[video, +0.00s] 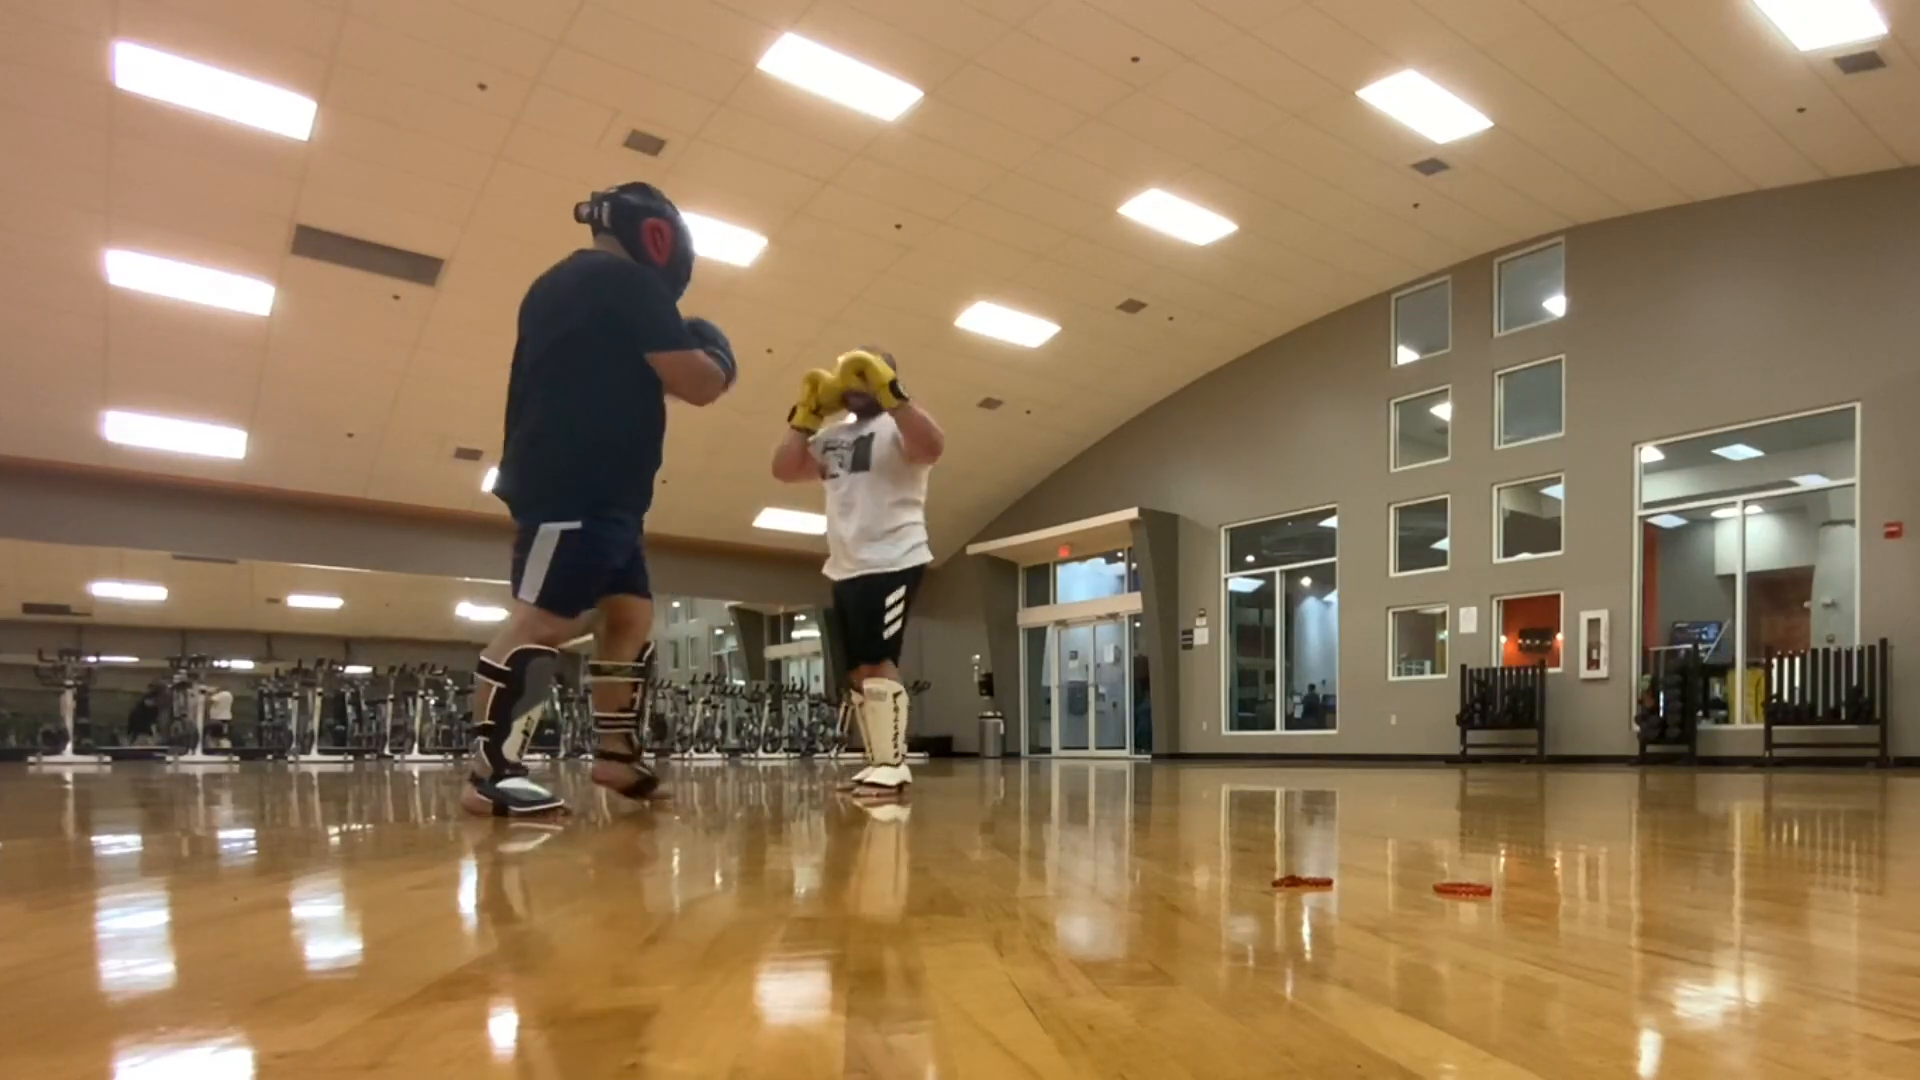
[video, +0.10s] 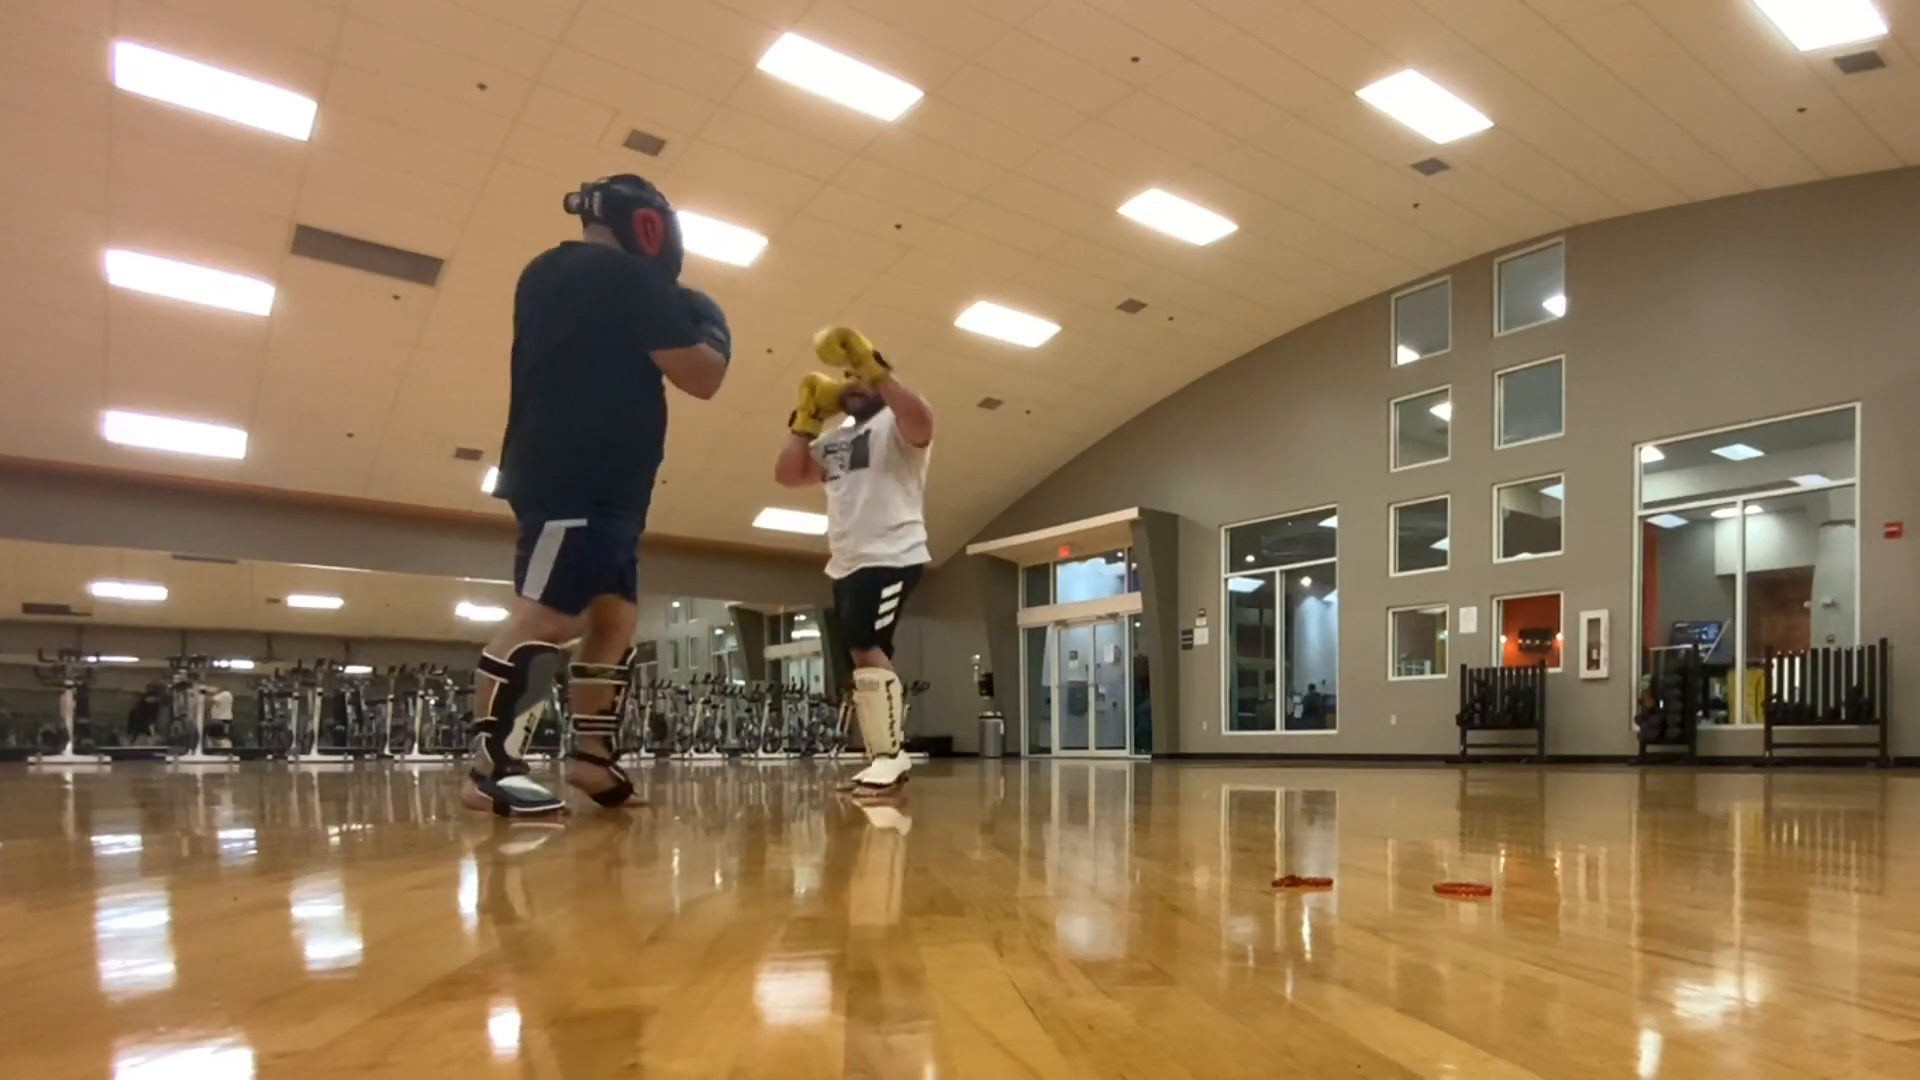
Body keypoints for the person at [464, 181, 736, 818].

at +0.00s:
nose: (676, 263)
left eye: (676, 251)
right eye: (675, 249)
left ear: (605, 232)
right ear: (654, 235)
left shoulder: (552, 286)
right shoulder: (629, 282)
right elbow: (696, 383)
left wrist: (667, 335)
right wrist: (718, 350)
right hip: (582, 485)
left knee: (629, 617)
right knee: (541, 620)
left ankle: (618, 757)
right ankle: (488, 769)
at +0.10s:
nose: (667, 247)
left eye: (665, 236)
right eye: (665, 235)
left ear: (592, 222)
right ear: (647, 227)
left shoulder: (542, 273)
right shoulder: (635, 280)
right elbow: (702, 376)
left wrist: (666, 305)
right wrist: (712, 320)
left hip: (543, 467)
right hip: (591, 478)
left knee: (613, 618)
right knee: (546, 615)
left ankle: (592, 757)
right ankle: (487, 765)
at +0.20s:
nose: (658, 255)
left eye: (658, 246)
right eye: (656, 243)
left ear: (578, 226)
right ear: (637, 231)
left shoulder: (531, 275)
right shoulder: (632, 285)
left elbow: (597, 340)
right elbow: (714, 368)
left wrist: (671, 303)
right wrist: (720, 309)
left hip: (537, 473)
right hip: (599, 480)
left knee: (630, 609)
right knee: (541, 621)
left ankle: (608, 750)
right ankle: (487, 767)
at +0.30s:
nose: (664, 258)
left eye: (664, 248)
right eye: (661, 245)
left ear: (587, 232)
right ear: (643, 236)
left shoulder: (540, 287)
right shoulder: (630, 290)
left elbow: (612, 359)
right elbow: (711, 378)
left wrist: (674, 317)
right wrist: (724, 324)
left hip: (555, 478)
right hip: (594, 487)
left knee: (632, 617)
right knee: (541, 621)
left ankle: (628, 758)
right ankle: (487, 766)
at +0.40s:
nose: (685, 263)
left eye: (682, 249)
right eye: (679, 248)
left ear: (614, 240)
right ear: (657, 241)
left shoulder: (578, 288)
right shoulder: (627, 287)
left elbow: (627, 369)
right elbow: (704, 379)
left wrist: (682, 326)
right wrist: (727, 340)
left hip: (616, 494)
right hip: (585, 488)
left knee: (634, 624)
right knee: (548, 616)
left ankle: (620, 760)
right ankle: (494, 760)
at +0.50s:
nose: (698, 266)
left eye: (696, 252)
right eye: (691, 250)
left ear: (643, 243)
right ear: (666, 242)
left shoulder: (643, 294)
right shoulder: (623, 281)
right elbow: (688, 374)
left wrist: (703, 328)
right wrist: (738, 355)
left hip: (624, 496)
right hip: (576, 484)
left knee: (633, 623)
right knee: (559, 614)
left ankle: (619, 759)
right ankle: (504, 754)